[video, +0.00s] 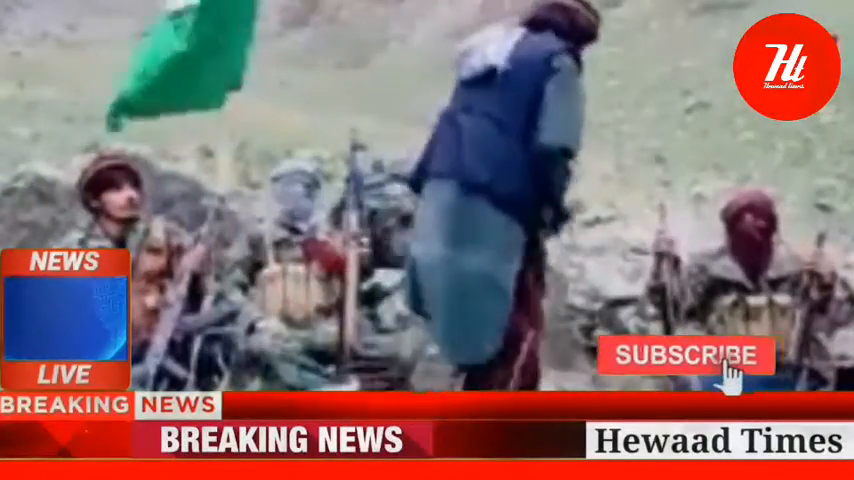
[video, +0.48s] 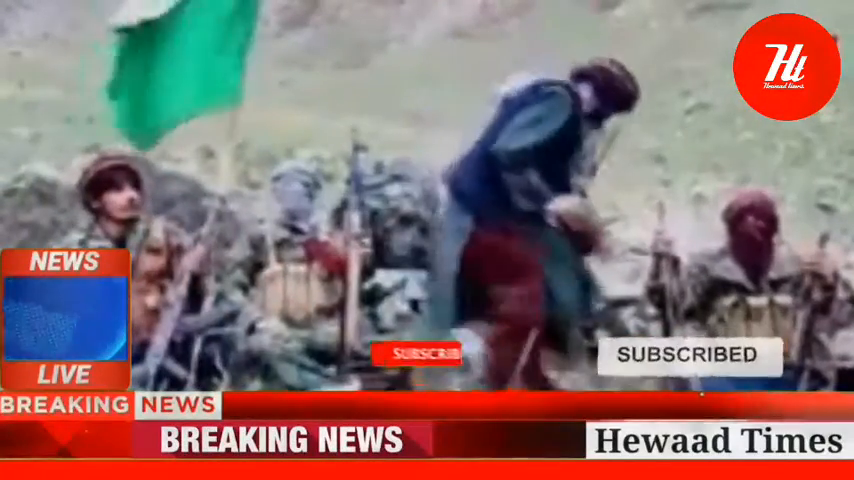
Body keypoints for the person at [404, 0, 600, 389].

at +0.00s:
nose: (583, 52)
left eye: (586, 46)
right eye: (585, 44)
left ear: (538, 19)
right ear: (576, 35)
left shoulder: (487, 44)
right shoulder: (559, 61)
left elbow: (456, 115)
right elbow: (553, 147)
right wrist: (552, 207)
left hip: (444, 176)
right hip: (501, 189)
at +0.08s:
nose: (590, 58)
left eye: (594, 51)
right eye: (593, 49)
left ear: (550, 25)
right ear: (586, 40)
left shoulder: (505, 49)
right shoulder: (562, 70)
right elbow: (546, 155)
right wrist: (565, 210)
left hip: (454, 183)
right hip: (500, 198)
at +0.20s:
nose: (597, 72)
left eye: (601, 65)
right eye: (598, 63)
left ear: (558, 42)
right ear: (590, 55)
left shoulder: (523, 68)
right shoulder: (563, 84)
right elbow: (539, 163)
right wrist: (563, 220)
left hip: (468, 194)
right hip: (494, 206)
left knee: (452, 299)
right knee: (455, 299)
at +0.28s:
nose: (597, 85)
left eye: (601, 77)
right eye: (599, 76)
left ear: (563, 53)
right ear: (590, 70)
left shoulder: (532, 80)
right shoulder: (559, 96)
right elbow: (533, 166)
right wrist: (562, 217)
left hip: (477, 203)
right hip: (501, 213)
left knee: (452, 300)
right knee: (460, 303)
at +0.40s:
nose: (604, 107)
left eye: (610, 100)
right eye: (607, 97)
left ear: (582, 78)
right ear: (595, 87)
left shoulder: (567, 110)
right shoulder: (560, 103)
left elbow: (557, 172)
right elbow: (513, 157)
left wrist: (582, 213)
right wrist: (555, 211)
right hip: (484, 216)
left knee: (512, 306)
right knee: (520, 306)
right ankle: (517, 392)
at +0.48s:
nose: (604, 118)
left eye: (610, 112)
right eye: (606, 108)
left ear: (588, 89)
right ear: (594, 92)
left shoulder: (573, 119)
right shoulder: (560, 103)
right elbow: (509, 150)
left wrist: (575, 214)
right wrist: (550, 202)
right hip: (482, 217)